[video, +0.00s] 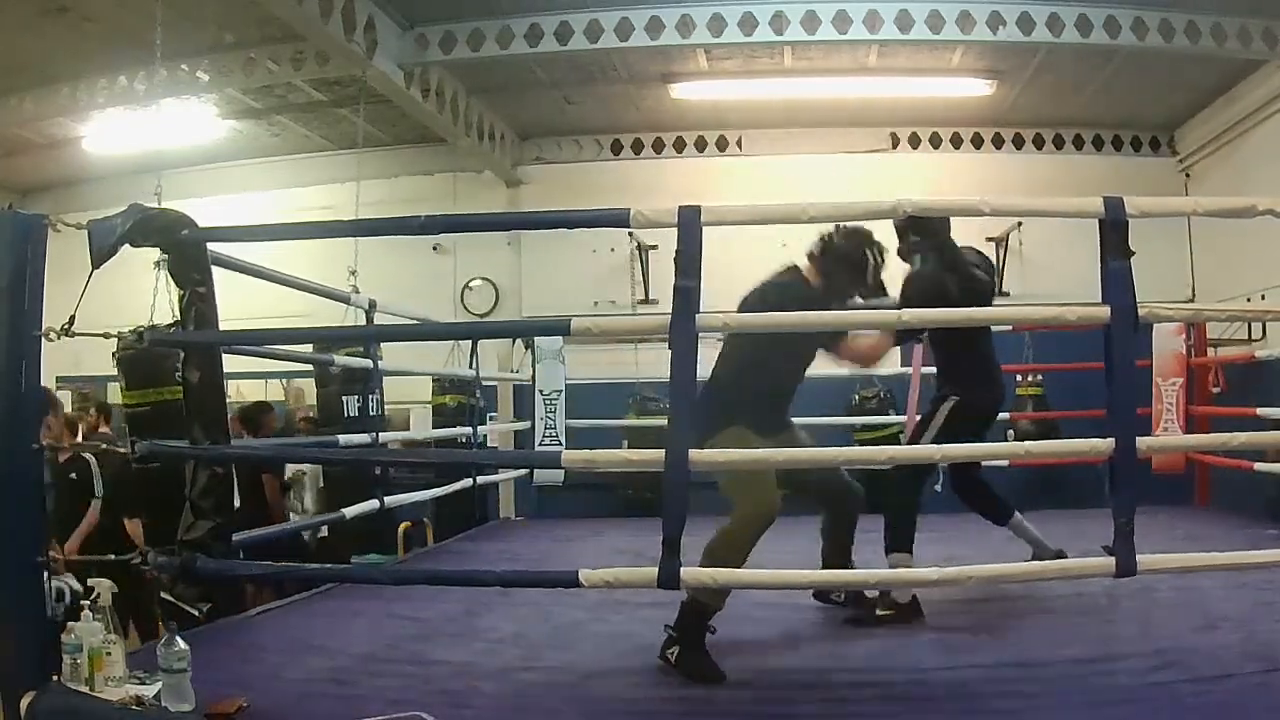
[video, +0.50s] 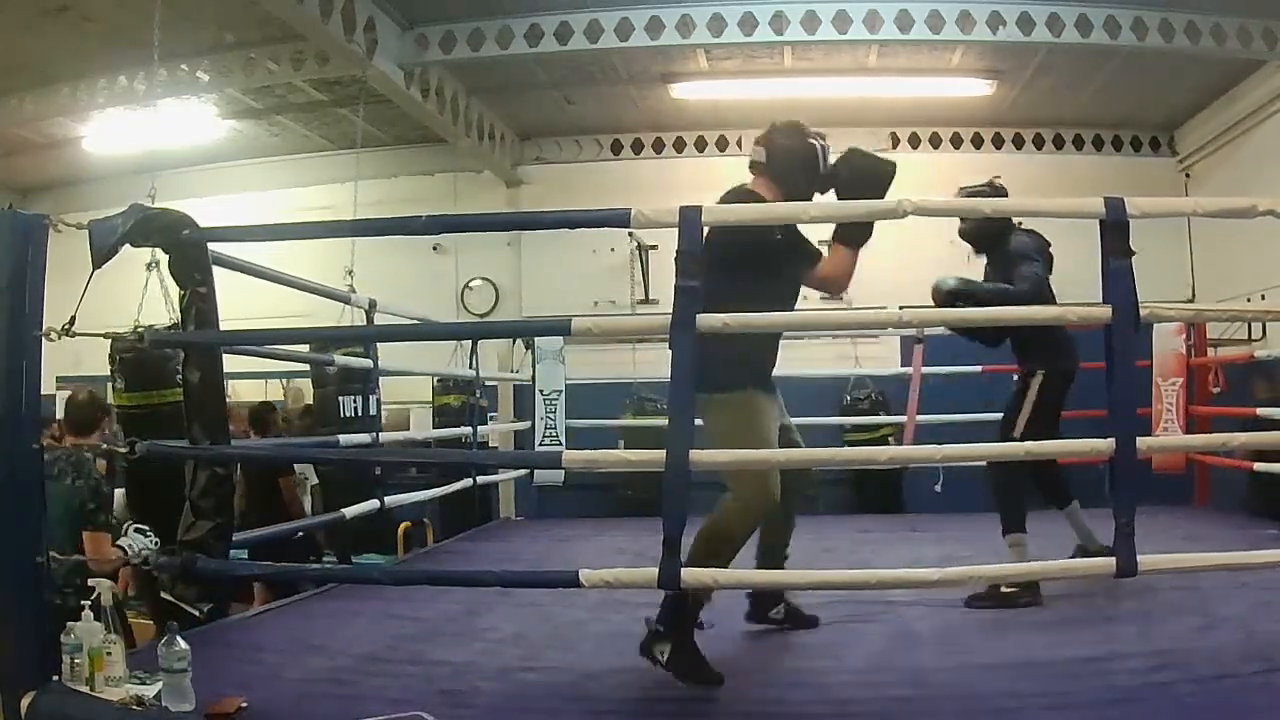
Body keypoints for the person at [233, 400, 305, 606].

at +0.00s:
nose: (276, 428)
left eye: (275, 423)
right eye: (271, 424)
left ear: (247, 428)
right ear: (260, 428)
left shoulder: (242, 451)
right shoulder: (269, 451)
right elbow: (273, 497)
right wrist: (283, 527)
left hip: (245, 523)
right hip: (267, 524)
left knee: (253, 580)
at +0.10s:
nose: (279, 428)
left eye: (278, 423)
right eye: (274, 425)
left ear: (250, 430)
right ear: (259, 429)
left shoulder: (244, 452)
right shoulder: (271, 452)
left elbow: (250, 493)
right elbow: (279, 500)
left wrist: (286, 488)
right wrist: (295, 530)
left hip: (249, 521)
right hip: (270, 524)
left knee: (257, 579)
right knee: (275, 580)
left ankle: (252, 626)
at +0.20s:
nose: (279, 429)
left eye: (278, 424)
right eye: (274, 426)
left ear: (249, 430)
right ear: (260, 429)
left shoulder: (245, 453)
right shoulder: (272, 453)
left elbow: (245, 496)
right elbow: (282, 499)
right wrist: (297, 535)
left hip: (250, 526)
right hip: (272, 528)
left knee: (257, 586)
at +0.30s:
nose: (279, 423)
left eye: (277, 419)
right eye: (275, 419)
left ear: (249, 428)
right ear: (268, 423)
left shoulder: (246, 451)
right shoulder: (275, 450)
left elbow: (242, 493)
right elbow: (284, 495)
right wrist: (296, 526)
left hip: (252, 522)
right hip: (274, 524)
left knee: (258, 580)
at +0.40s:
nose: (279, 422)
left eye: (276, 418)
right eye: (275, 419)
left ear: (249, 427)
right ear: (268, 423)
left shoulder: (246, 451)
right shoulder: (277, 450)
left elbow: (240, 493)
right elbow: (286, 493)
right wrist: (299, 523)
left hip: (252, 523)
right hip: (275, 523)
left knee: (259, 588)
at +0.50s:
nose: (282, 423)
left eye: (280, 419)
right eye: (279, 419)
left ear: (251, 425)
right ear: (273, 423)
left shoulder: (246, 452)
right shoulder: (279, 451)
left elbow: (240, 491)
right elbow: (291, 496)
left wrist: (238, 519)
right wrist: (307, 527)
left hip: (254, 524)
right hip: (280, 525)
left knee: (262, 592)